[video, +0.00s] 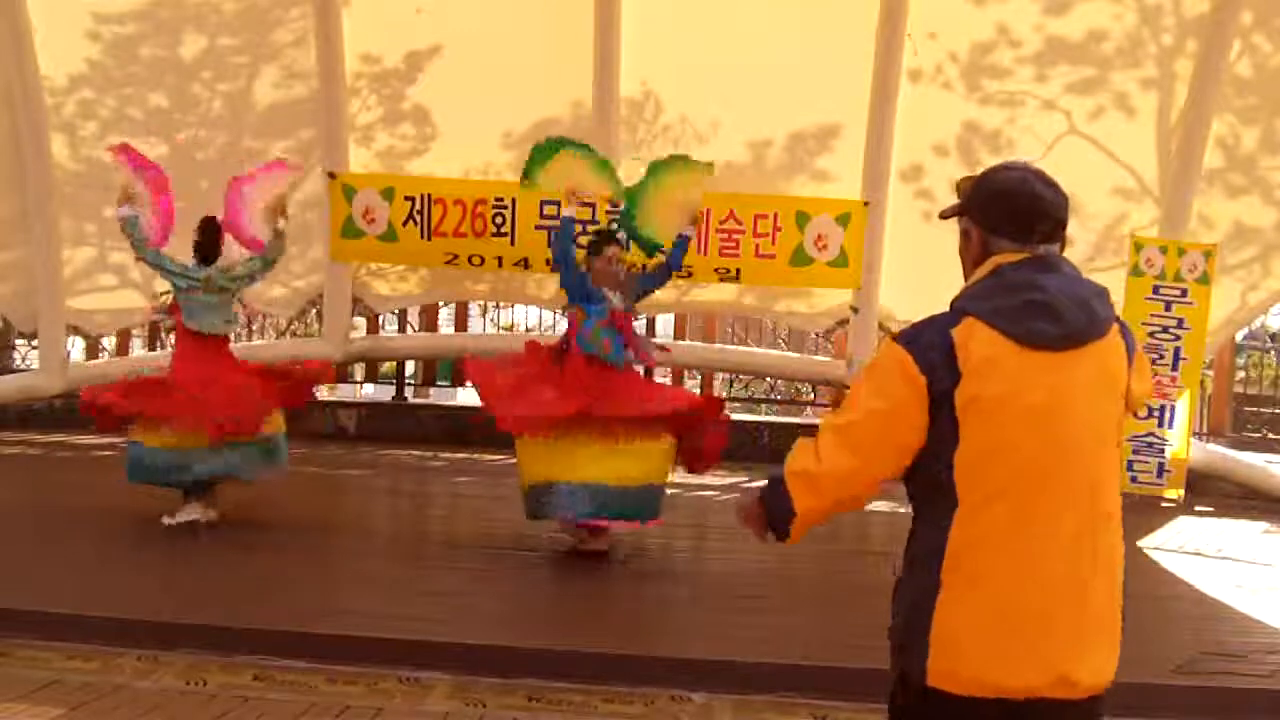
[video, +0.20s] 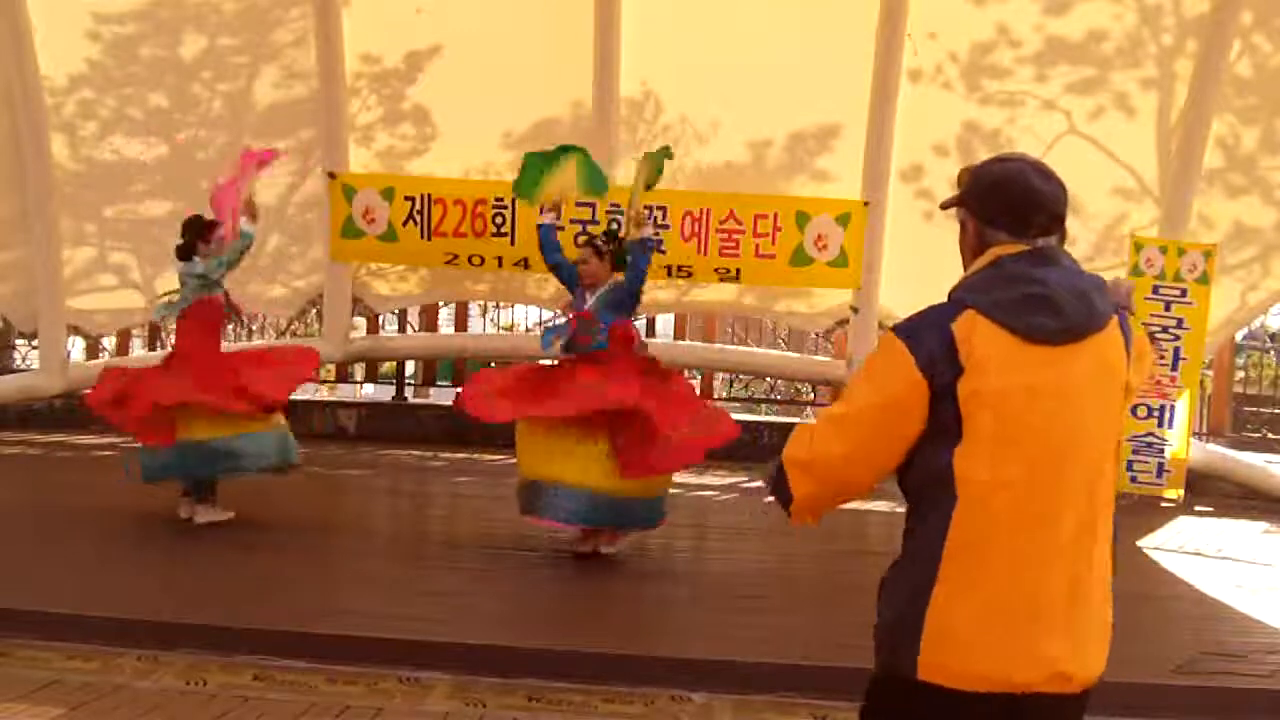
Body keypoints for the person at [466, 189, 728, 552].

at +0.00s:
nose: (616, 266)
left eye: (619, 260)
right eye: (609, 259)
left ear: (623, 262)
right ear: (590, 262)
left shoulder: (627, 291)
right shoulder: (582, 291)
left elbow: (665, 271)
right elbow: (565, 259)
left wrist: (685, 235)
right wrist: (568, 211)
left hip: (616, 375)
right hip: (581, 372)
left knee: (609, 448)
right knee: (585, 447)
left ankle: (598, 521)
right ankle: (585, 523)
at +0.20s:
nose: (581, 268)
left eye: (588, 261)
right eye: (579, 262)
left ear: (609, 265)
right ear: (580, 265)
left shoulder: (621, 296)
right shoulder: (579, 292)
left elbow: (636, 275)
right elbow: (555, 260)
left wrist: (638, 239)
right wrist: (548, 217)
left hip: (617, 383)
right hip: (580, 380)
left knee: (614, 451)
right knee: (584, 450)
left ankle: (613, 525)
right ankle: (589, 525)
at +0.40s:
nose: (582, 260)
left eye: (585, 256)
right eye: (585, 256)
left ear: (590, 259)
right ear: (619, 259)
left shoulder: (586, 292)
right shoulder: (627, 285)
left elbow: (543, 270)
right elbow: (638, 258)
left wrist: (520, 229)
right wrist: (632, 221)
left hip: (599, 373)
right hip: (631, 370)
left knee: (596, 447)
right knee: (614, 447)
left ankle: (606, 529)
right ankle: (608, 527)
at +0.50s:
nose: (615, 259)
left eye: (607, 255)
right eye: (616, 254)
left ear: (588, 260)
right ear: (619, 259)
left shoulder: (575, 293)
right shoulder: (631, 291)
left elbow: (538, 275)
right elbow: (670, 268)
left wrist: (521, 236)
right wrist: (675, 228)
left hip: (582, 372)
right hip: (624, 372)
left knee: (580, 447)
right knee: (614, 449)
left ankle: (583, 529)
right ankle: (600, 529)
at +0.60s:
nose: (627, 266)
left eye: (625, 260)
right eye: (624, 260)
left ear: (586, 262)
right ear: (615, 262)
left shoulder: (572, 292)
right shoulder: (621, 293)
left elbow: (561, 267)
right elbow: (665, 274)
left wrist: (569, 237)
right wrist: (686, 234)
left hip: (574, 372)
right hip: (614, 376)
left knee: (574, 448)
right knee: (604, 449)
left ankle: (573, 525)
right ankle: (594, 528)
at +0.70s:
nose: (626, 268)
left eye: (627, 262)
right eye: (622, 262)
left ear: (613, 264)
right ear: (607, 263)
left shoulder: (608, 291)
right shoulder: (600, 290)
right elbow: (631, 273)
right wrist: (659, 237)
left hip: (605, 372)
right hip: (590, 372)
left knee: (595, 448)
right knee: (585, 447)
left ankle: (589, 526)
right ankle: (581, 529)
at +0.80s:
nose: (630, 271)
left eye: (632, 265)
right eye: (626, 264)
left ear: (628, 268)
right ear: (609, 265)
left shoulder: (626, 296)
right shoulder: (595, 294)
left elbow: (650, 285)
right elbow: (592, 275)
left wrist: (677, 258)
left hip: (625, 375)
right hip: (593, 374)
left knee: (621, 445)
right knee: (590, 446)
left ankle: (616, 523)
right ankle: (586, 525)